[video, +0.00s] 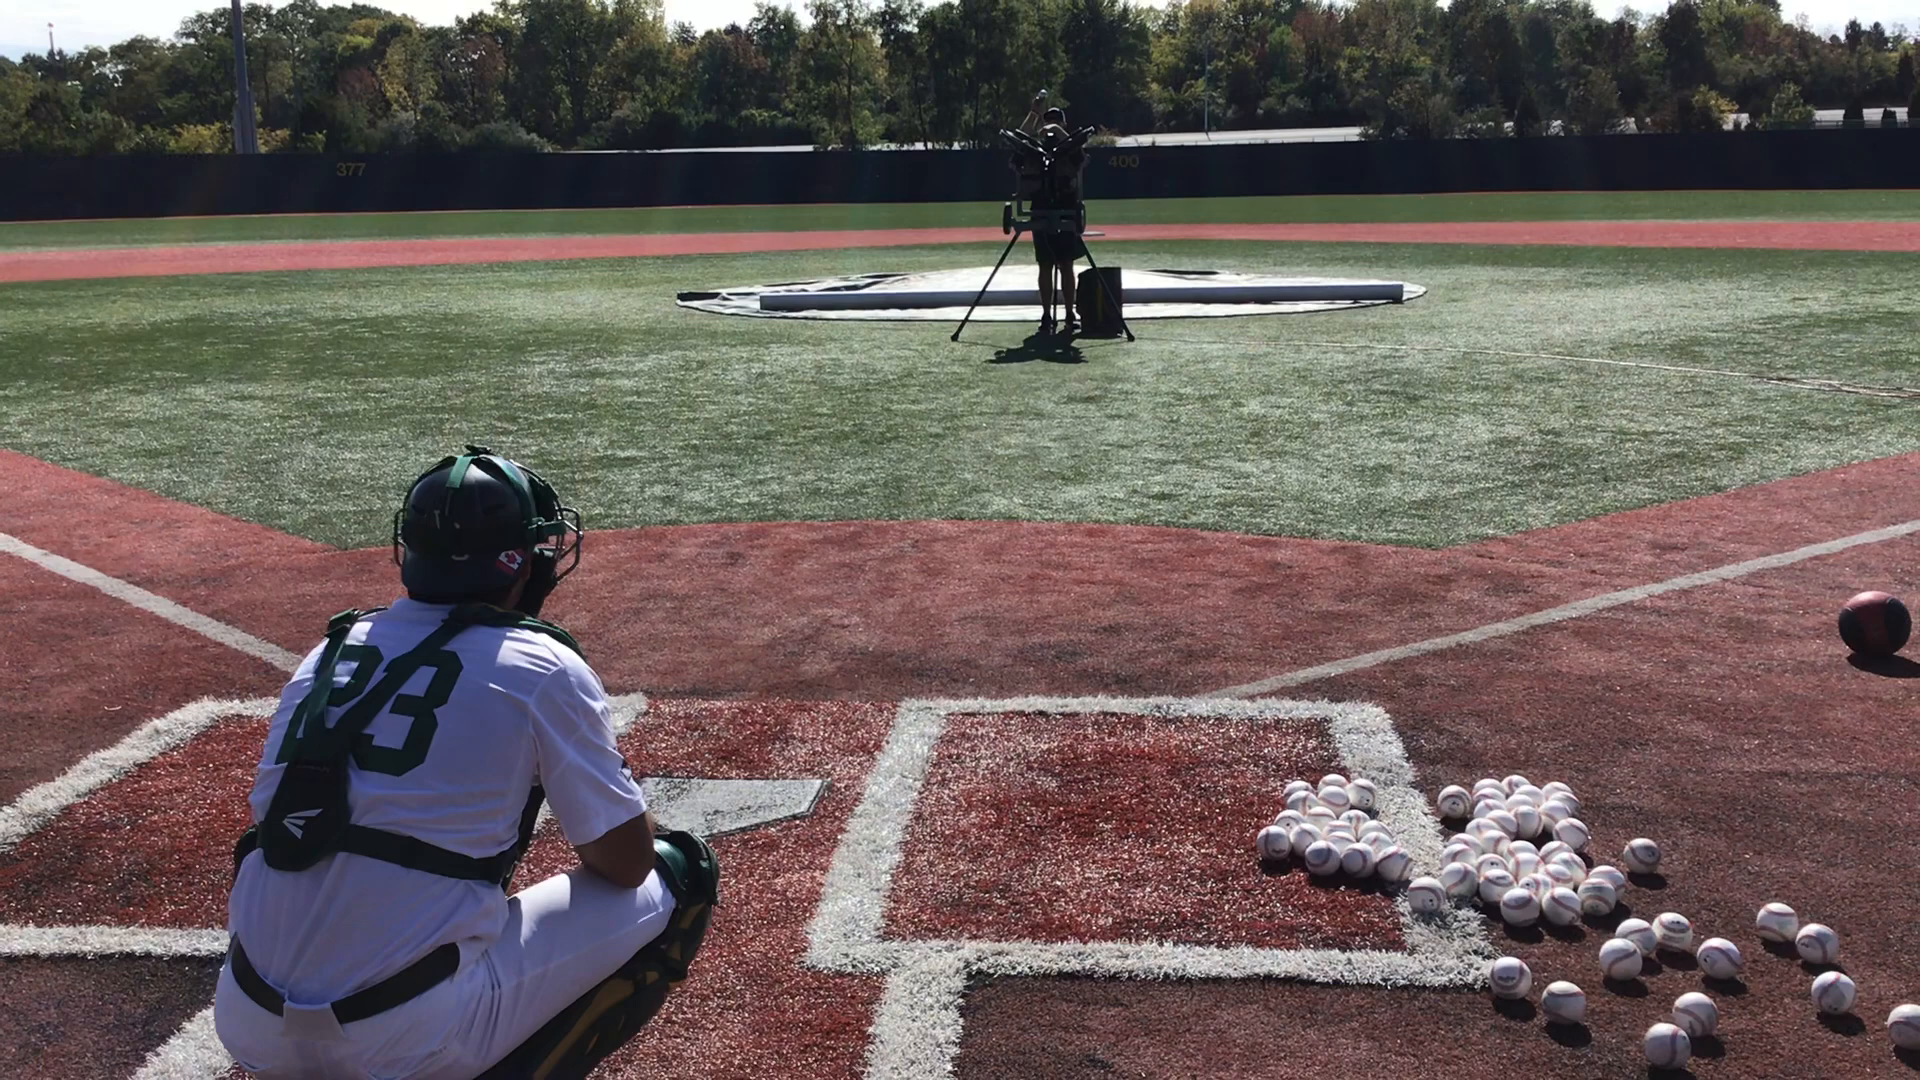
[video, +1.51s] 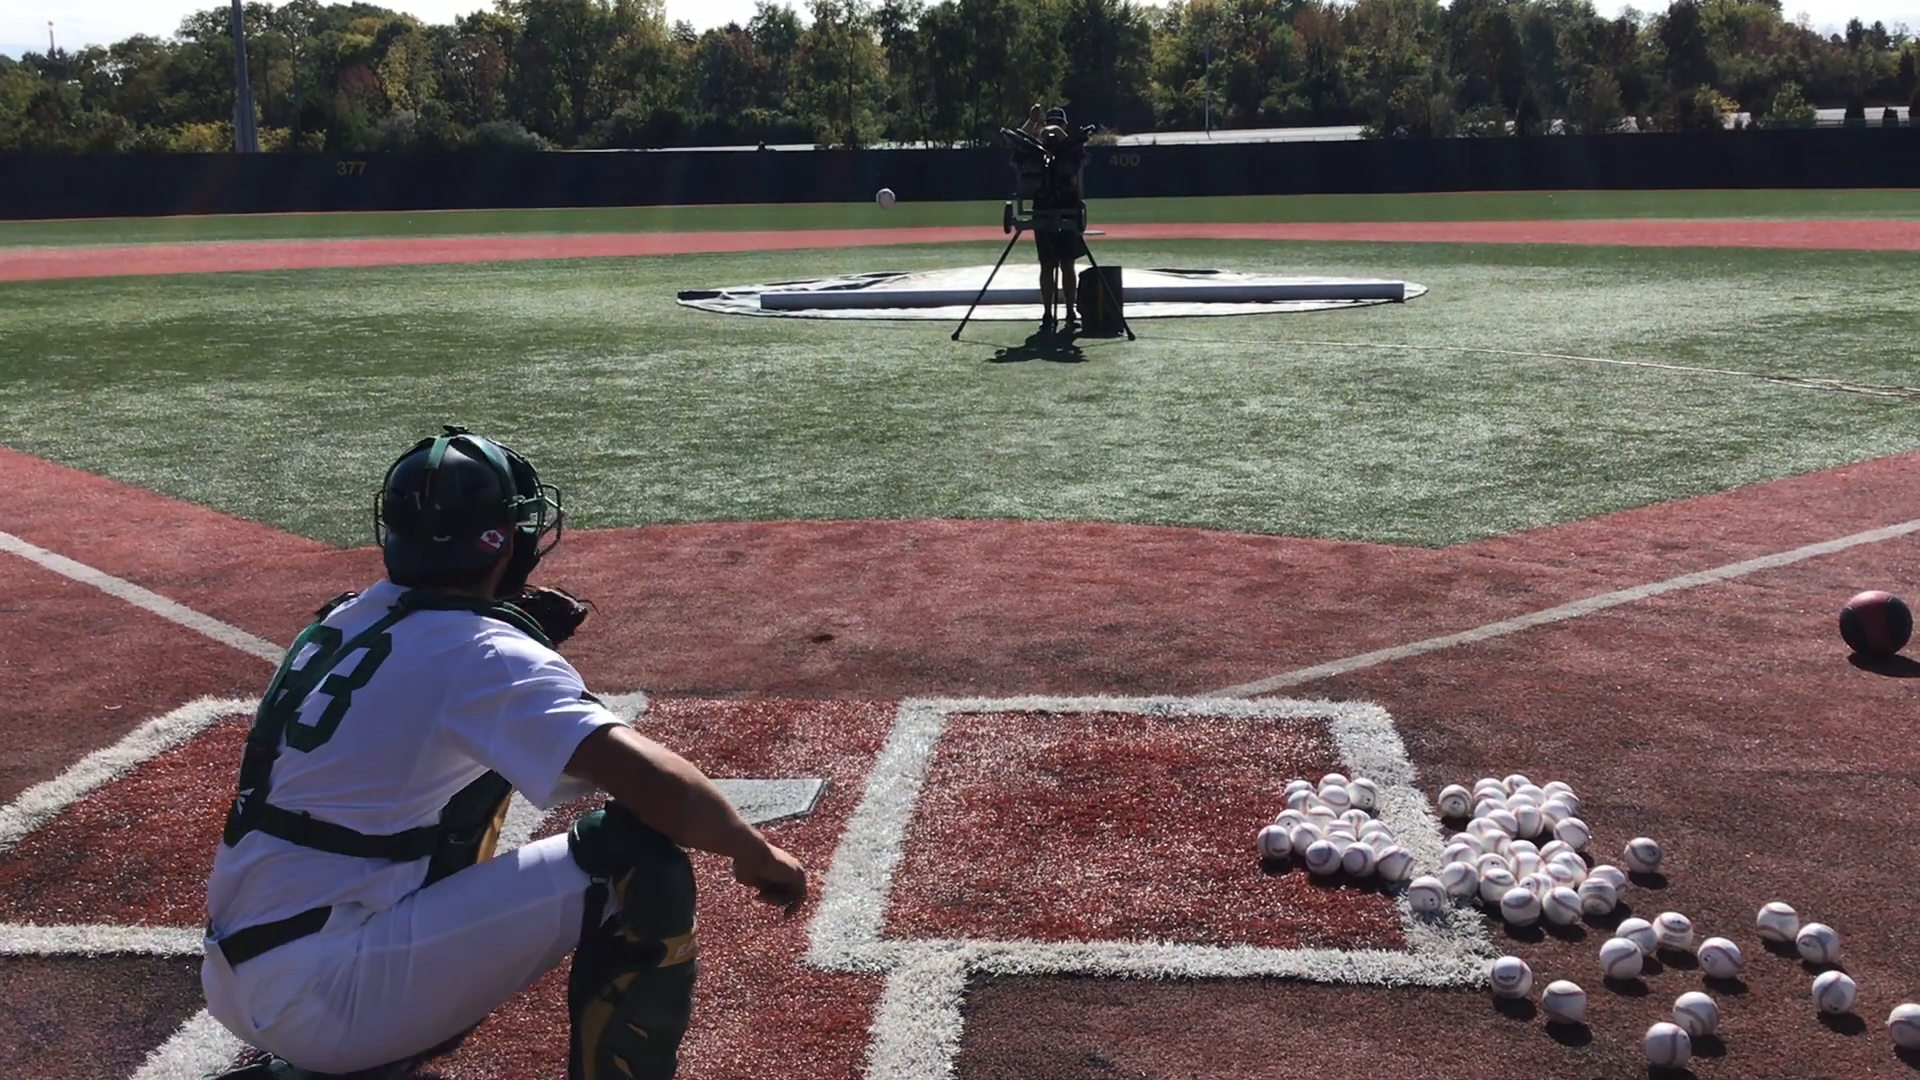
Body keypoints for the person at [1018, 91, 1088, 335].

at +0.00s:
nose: (1051, 130)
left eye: (1056, 126)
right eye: (1047, 126)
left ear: (1065, 128)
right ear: (1040, 130)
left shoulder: (1071, 149)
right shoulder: (1036, 151)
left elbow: (1081, 155)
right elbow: (1019, 142)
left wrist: (1059, 130)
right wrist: (1032, 116)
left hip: (1067, 212)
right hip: (1041, 212)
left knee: (1066, 267)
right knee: (1045, 268)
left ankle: (1069, 315)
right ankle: (1047, 316)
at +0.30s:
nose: (1052, 131)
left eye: (1056, 127)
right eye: (1049, 127)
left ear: (1064, 129)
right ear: (1042, 130)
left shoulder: (1073, 149)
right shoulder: (1037, 150)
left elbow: (1079, 152)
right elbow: (1020, 139)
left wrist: (1058, 130)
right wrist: (1036, 116)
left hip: (1068, 212)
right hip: (1043, 213)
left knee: (1067, 268)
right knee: (1047, 269)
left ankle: (1070, 315)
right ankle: (1048, 316)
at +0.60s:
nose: (1055, 131)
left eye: (1059, 127)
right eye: (1051, 127)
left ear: (1067, 128)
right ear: (1045, 130)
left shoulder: (1072, 147)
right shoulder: (1039, 150)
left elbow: (1077, 156)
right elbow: (1019, 143)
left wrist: (1057, 132)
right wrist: (1036, 124)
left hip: (1069, 216)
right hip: (1044, 216)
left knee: (1068, 269)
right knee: (1047, 271)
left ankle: (1070, 317)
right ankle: (1048, 317)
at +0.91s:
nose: (1055, 130)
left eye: (1059, 126)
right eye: (1052, 126)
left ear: (1066, 127)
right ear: (1046, 127)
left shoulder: (1073, 145)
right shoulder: (1037, 145)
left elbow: (1077, 164)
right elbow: (1019, 161)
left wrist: (1062, 140)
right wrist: (1036, 141)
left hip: (1069, 215)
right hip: (1044, 215)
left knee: (1068, 268)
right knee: (1048, 269)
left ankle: (1071, 315)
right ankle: (1048, 316)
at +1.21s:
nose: (1054, 132)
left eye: (1059, 128)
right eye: (1050, 128)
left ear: (1066, 128)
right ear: (1044, 129)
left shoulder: (1073, 148)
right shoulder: (1038, 149)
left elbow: (1076, 162)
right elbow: (1022, 149)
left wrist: (1061, 139)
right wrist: (1034, 125)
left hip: (1068, 213)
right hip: (1043, 214)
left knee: (1068, 267)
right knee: (1047, 269)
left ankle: (1070, 314)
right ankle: (1048, 316)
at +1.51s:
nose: (1053, 133)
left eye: (1058, 129)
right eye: (1049, 129)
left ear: (1066, 130)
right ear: (1043, 131)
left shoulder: (1073, 149)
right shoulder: (1037, 149)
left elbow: (1078, 158)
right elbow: (1020, 146)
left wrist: (1062, 137)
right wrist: (1032, 122)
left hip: (1068, 213)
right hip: (1043, 214)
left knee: (1068, 266)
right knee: (1047, 268)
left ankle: (1070, 314)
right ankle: (1048, 315)